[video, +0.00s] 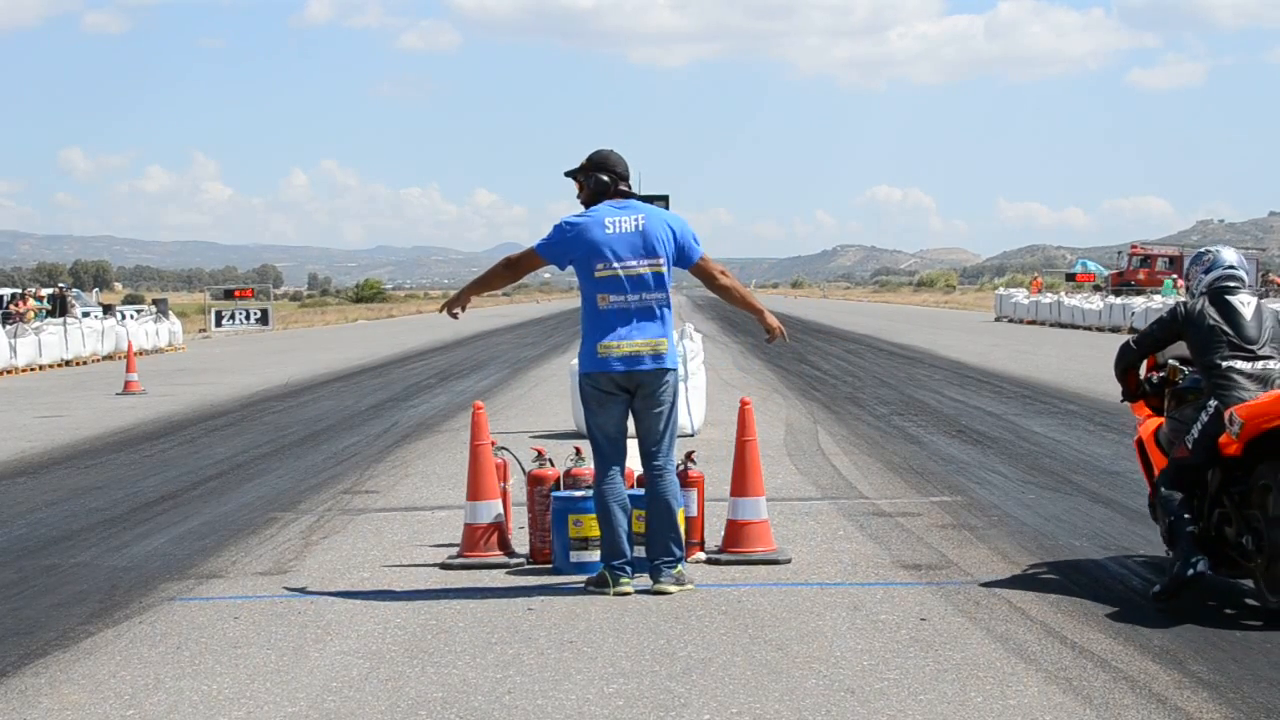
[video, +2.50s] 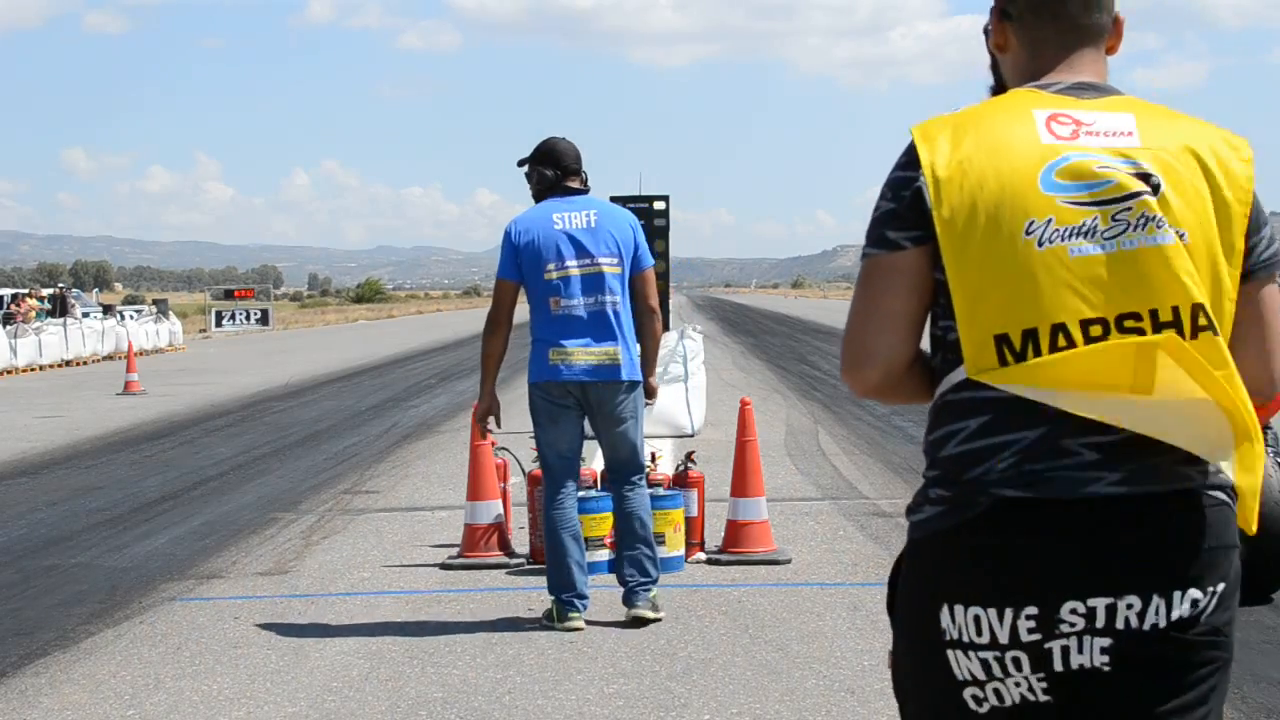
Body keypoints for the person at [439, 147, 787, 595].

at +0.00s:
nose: (576, 191)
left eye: (579, 184)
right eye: (576, 184)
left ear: (596, 184)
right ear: (624, 185)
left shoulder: (577, 228)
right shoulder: (665, 222)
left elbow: (516, 266)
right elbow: (716, 277)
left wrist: (465, 292)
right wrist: (763, 313)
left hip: (601, 362)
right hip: (658, 360)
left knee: (609, 467)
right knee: (661, 462)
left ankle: (617, 571)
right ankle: (667, 569)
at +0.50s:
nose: (568, 196)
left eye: (570, 188)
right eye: (568, 188)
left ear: (585, 186)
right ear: (616, 185)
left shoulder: (571, 230)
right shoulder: (659, 223)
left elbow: (523, 291)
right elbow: (698, 292)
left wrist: (497, 336)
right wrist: (723, 344)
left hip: (596, 366)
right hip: (653, 362)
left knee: (605, 468)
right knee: (658, 462)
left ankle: (616, 572)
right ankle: (667, 568)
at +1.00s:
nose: (613, 190)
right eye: (619, 184)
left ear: (580, 189)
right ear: (621, 185)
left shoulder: (556, 233)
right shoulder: (648, 221)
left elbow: (541, 316)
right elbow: (678, 300)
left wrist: (551, 378)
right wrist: (691, 359)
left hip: (589, 367)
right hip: (646, 362)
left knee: (602, 468)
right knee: (656, 459)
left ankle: (613, 570)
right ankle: (650, 566)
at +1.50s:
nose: (647, 190)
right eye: (648, 183)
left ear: (604, 186)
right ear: (647, 185)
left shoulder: (573, 229)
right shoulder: (666, 229)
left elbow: (546, 305)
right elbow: (690, 314)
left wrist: (544, 364)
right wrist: (702, 374)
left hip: (593, 368)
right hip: (651, 366)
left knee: (603, 471)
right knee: (644, 472)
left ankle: (609, 572)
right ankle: (635, 584)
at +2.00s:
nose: (607, 182)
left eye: (588, 176)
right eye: (621, 176)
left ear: (580, 181)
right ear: (625, 180)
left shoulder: (553, 229)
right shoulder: (653, 229)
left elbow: (530, 313)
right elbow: (674, 312)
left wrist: (530, 376)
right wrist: (682, 375)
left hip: (575, 372)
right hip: (636, 371)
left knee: (571, 480)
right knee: (636, 477)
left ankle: (570, 588)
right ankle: (637, 586)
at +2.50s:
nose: (528, 184)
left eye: (530, 177)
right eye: (528, 177)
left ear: (544, 178)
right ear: (581, 177)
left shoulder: (523, 228)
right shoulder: (624, 220)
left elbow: (500, 319)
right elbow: (649, 307)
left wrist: (487, 390)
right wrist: (649, 370)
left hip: (553, 375)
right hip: (616, 371)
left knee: (561, 485)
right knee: (629, 477)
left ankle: (570, 605)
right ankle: (641, 593)